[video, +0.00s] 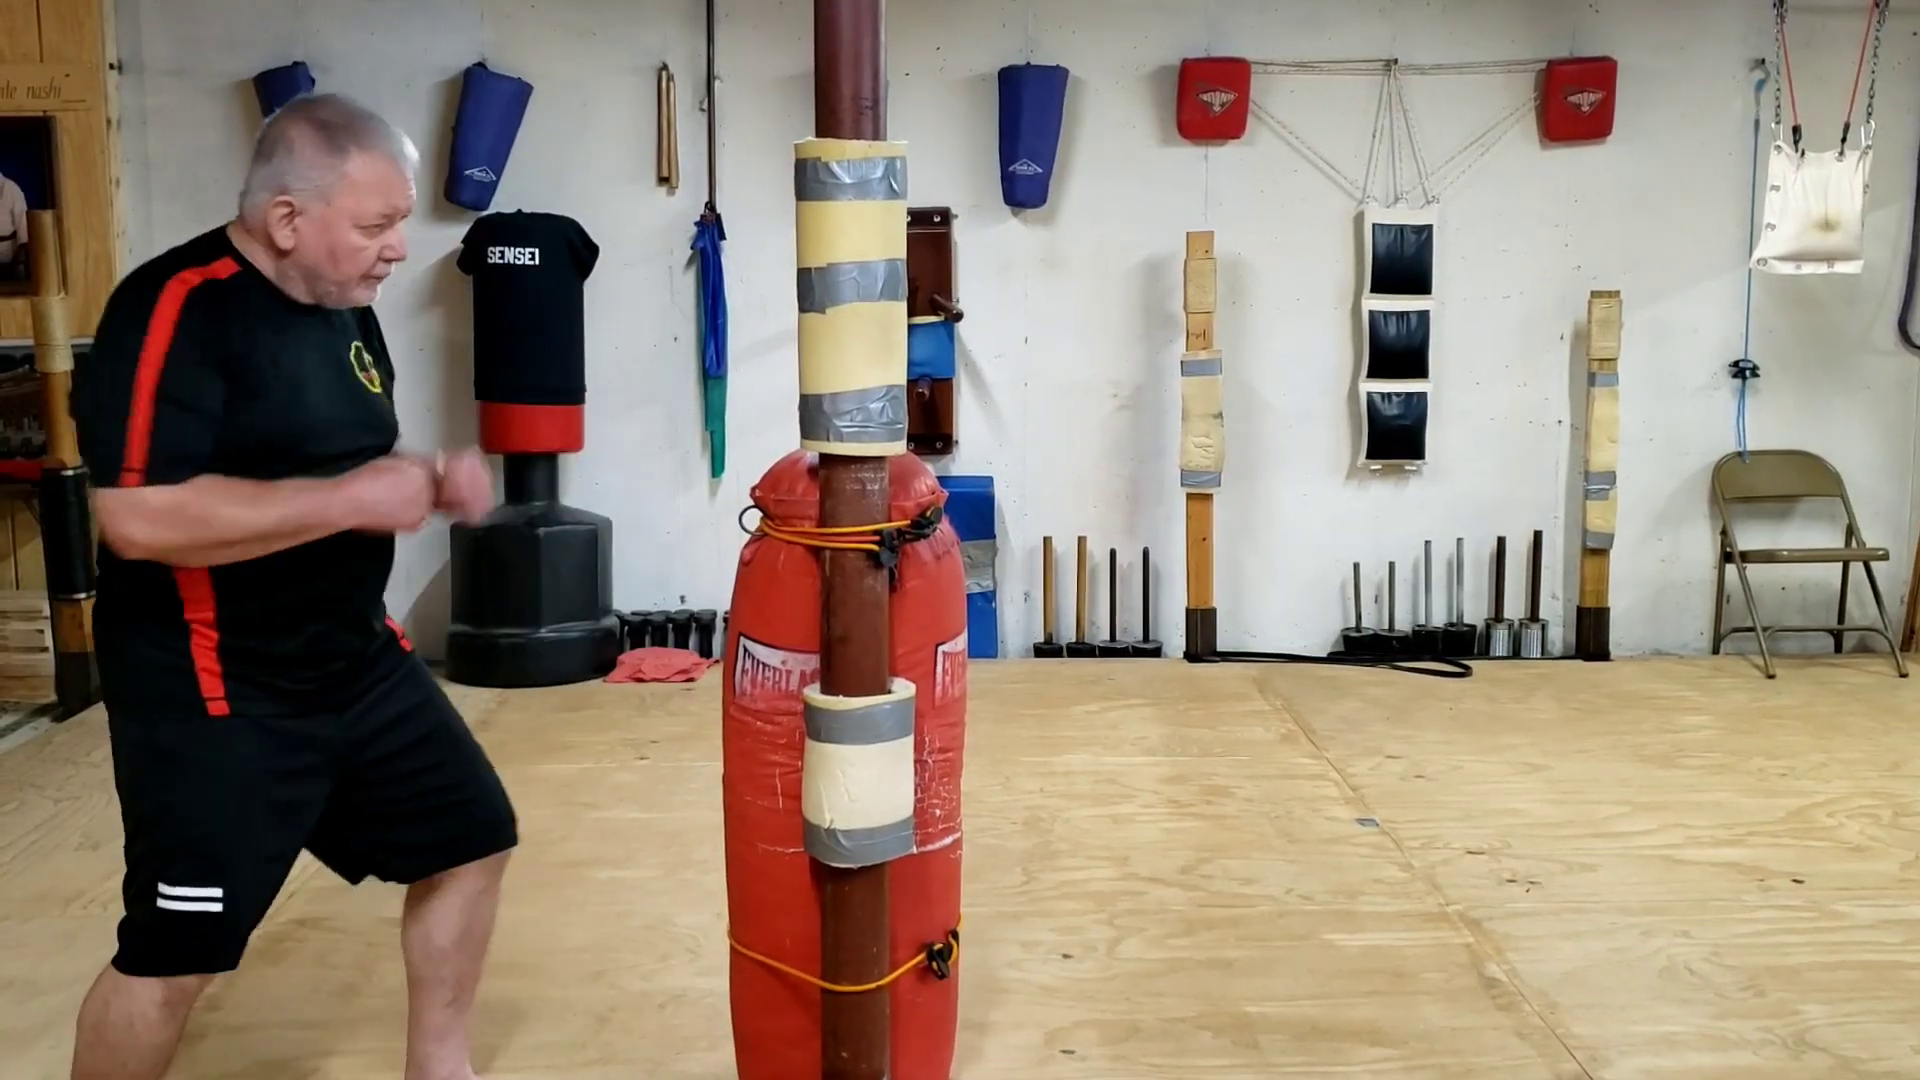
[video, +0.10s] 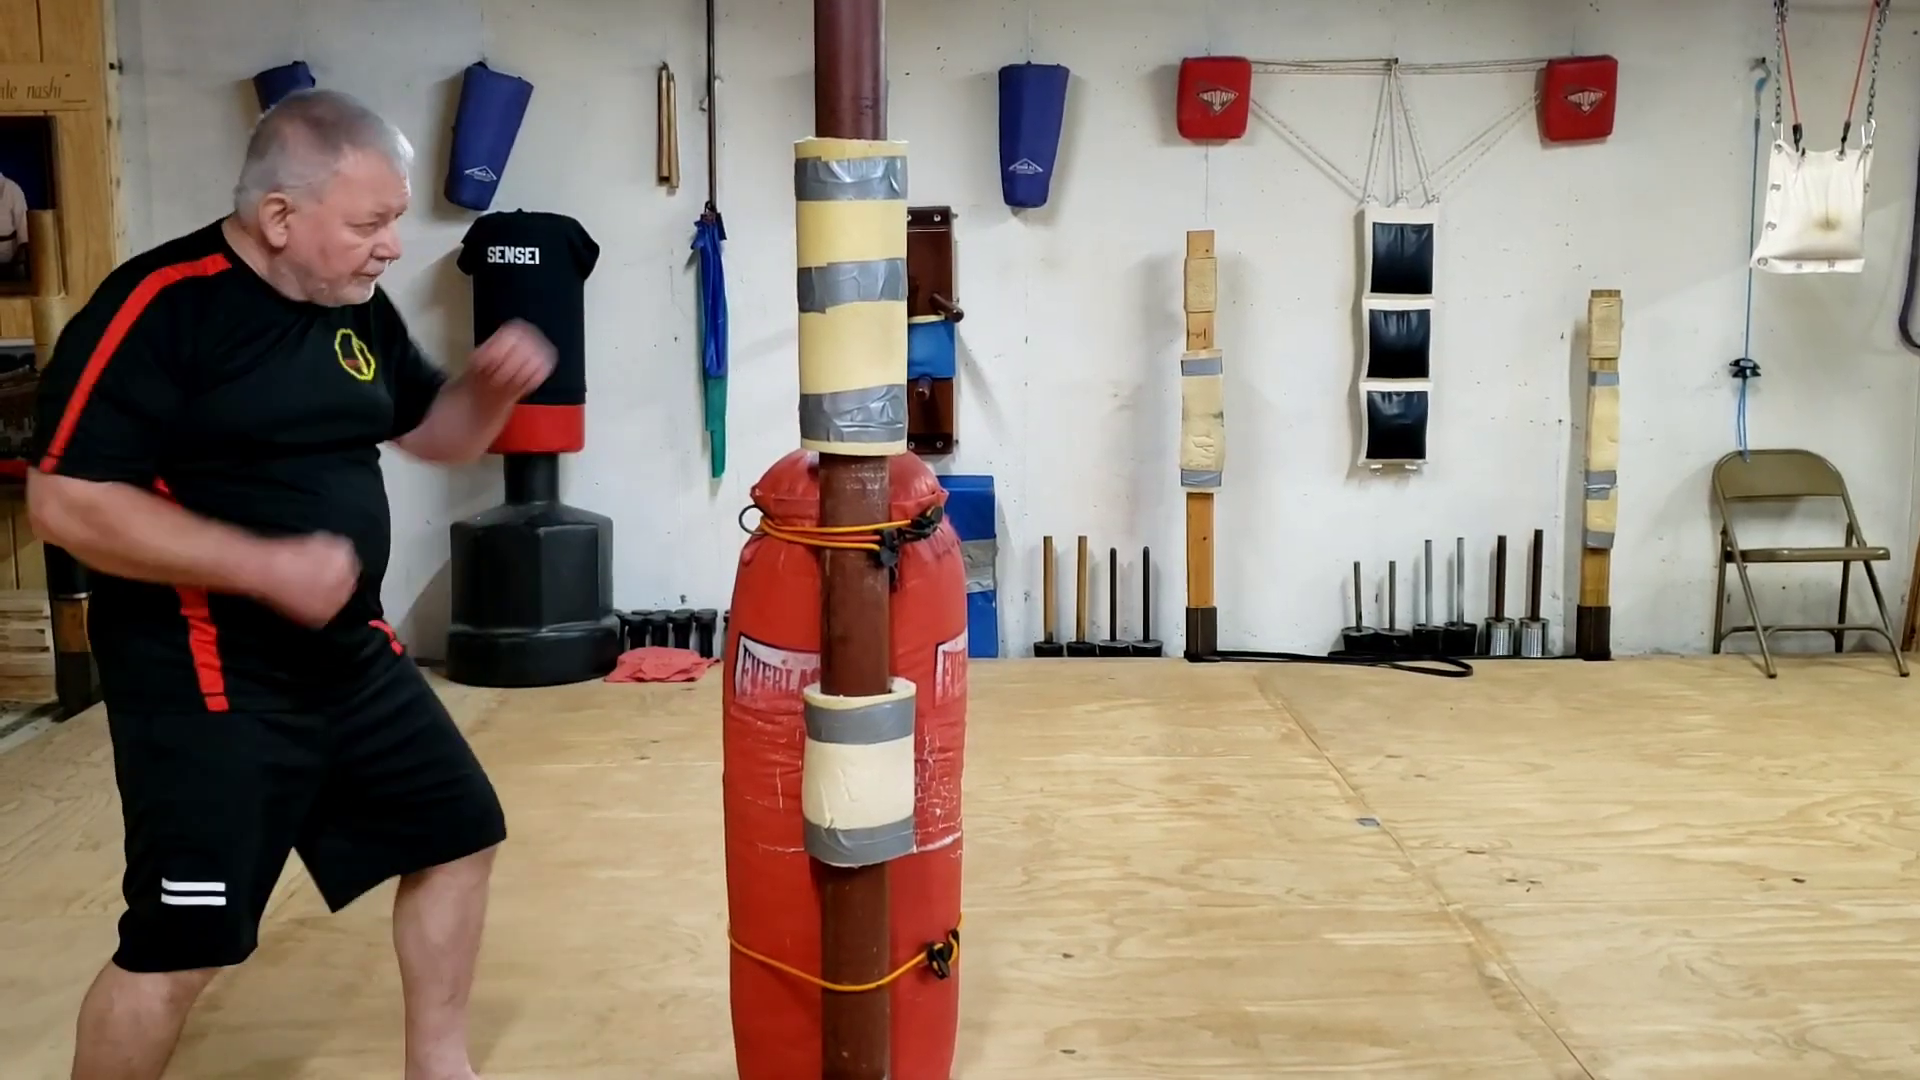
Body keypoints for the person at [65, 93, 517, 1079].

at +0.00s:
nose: (399, 249)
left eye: (401, 224)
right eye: (378, 225)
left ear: (295, 222)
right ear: (287, 220)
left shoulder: (345, 308)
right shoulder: (166, 305)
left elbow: (337, 468)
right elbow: (132, 516)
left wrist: (431, 480)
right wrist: (347, 499)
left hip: (349, 659)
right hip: (204, 688)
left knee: (469, 839)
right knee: (176, 948)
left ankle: (439, 1067)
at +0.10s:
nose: (392, 248)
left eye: (395, 222)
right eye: (371, 224)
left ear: (289, 221)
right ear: (279, 219)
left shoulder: (356, 307)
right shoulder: (154, 304)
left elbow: (437, 437)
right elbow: (64, 500)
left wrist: (487, 387)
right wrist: (265, 564)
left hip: (344, 650)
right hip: (197, 677)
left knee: (458, 833)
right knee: (180, 938)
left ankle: (439, 1065)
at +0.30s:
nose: (431, 246)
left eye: (435, 223)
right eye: (415, 220)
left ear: (336, 212)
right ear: (330, 208)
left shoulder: (366, 309)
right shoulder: (214, 292)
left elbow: (447, 421)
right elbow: (122, 477)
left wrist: (543, 418)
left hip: (343, 656)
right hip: (215, 671)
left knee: (453, 828)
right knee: (172, 934)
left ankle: (437, 1066)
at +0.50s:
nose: (468, 239)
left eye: (473, 217)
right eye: (458, 211)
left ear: (384, 200)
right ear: (384, 195)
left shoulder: (358, 276)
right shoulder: (302, 265)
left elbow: (476, 355)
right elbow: (482, 372)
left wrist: (611, 308)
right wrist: (634, 303)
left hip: (414, 647)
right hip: (304, 664)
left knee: (500, 842)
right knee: (255, 926)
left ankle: (449, 1069)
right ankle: (120, 1073)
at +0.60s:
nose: (467, 211)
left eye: (473, 190)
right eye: (460, 182)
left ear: (375, 165)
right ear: (381, 160)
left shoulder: (337, 248)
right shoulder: (311, 237)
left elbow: (417, 396)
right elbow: (424, 395)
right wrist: (623, 395)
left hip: (394, 591)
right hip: (362, 592)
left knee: (478, 824)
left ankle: (449, 1065)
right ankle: (221, 1013)